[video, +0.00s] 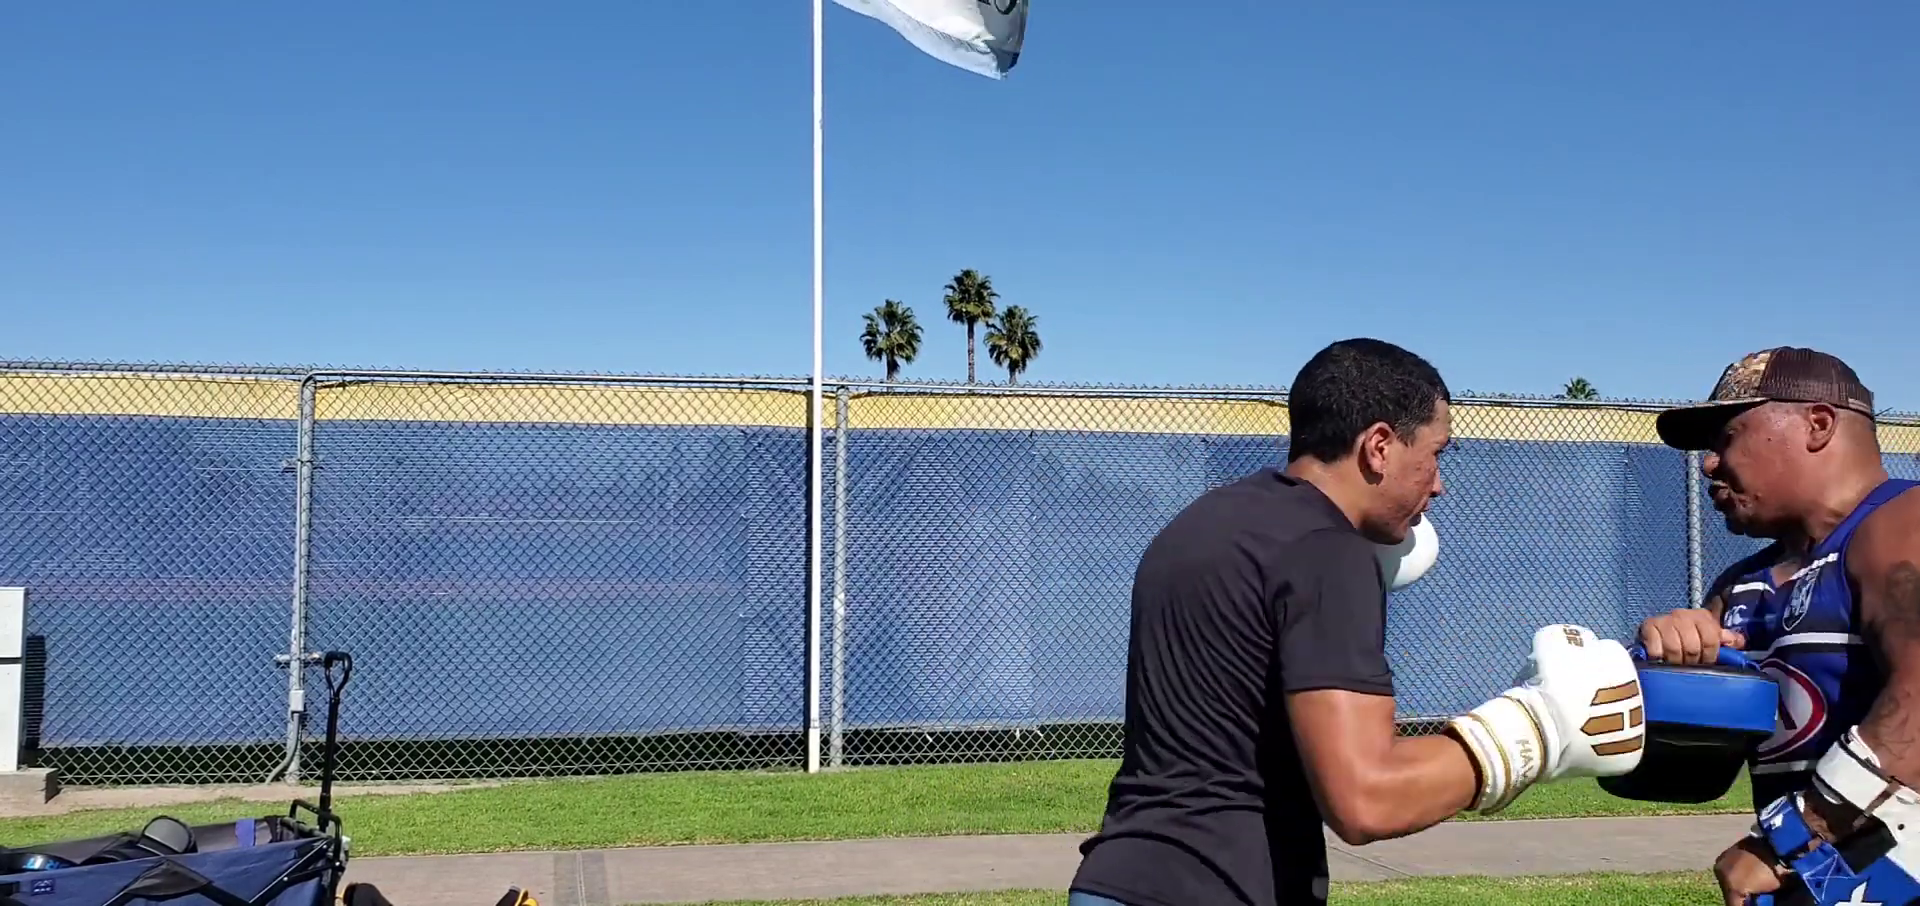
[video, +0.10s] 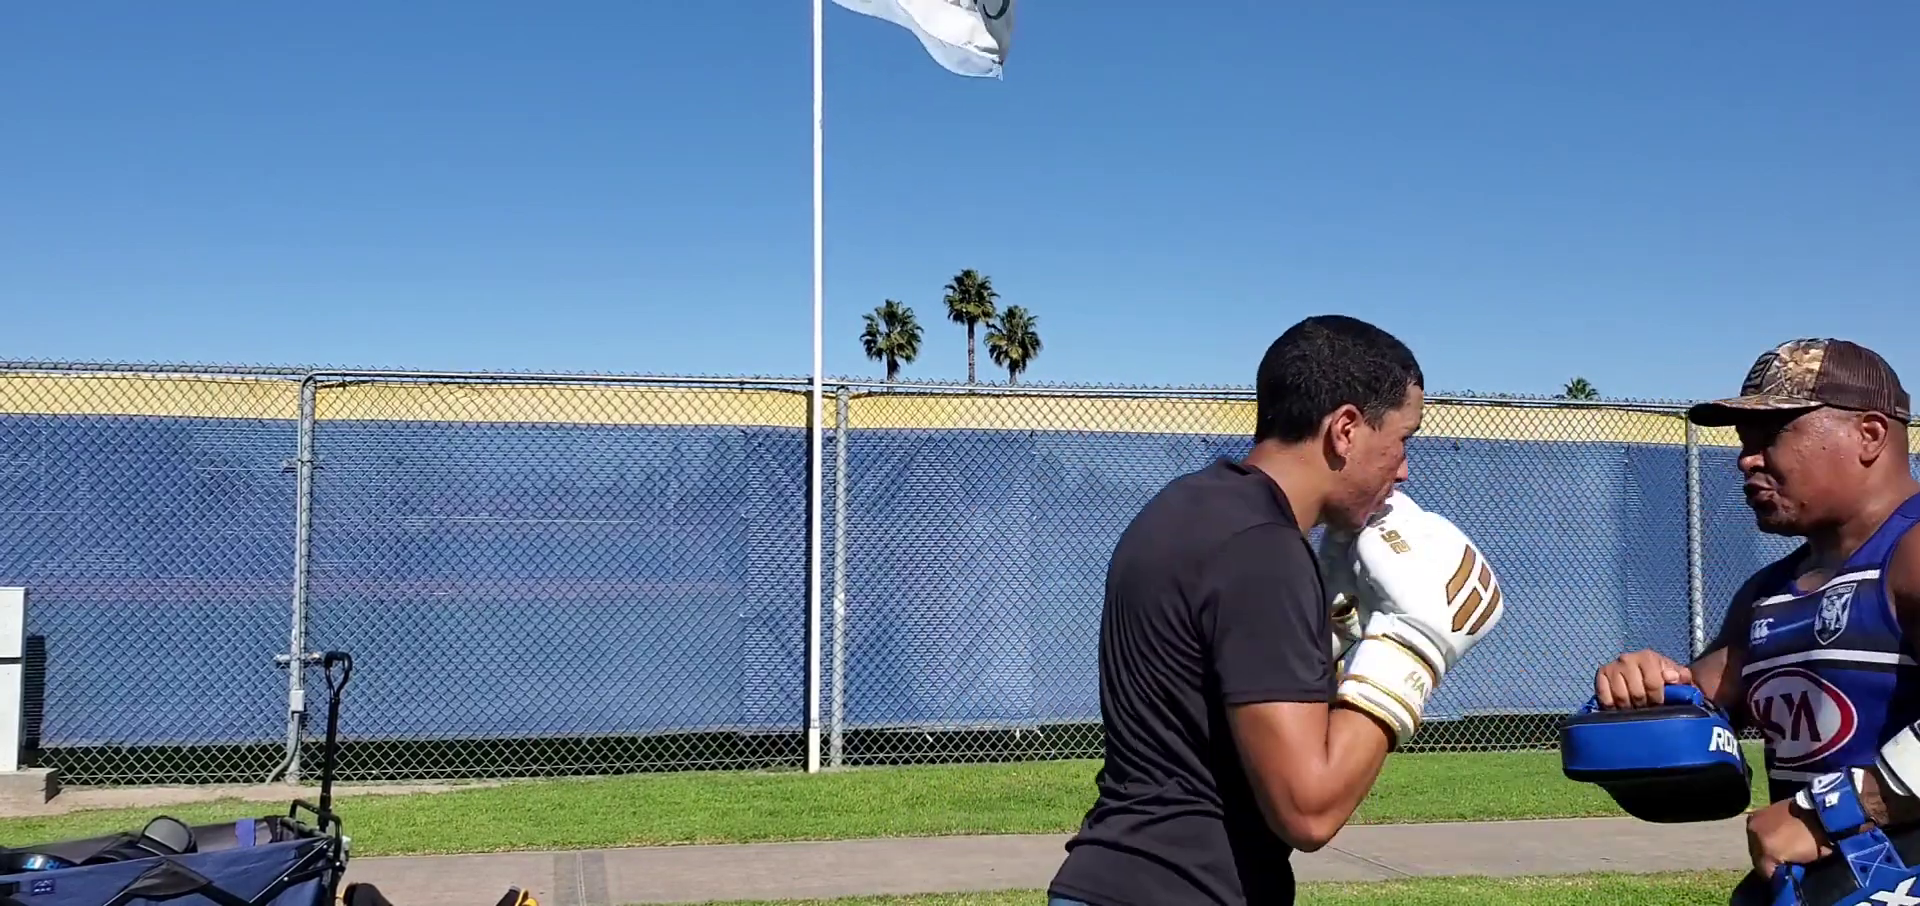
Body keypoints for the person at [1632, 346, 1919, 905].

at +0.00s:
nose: (1708, 464)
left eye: (1727, 437)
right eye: (1710, 446)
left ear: (1817, 425)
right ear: (1816, 426)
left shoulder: (1896, 527)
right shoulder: (1743, 583)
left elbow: (1915, 692)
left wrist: (1786, 839)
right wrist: (1665, 650)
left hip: (1885, 874)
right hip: (1801, 877)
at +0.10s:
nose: (1745, 459)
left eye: (1770, 433)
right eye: (1744, 438)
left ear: (1869, 437)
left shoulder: (1907, 555)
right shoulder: (1766, 592)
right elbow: (1697, 702)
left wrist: (1829, 811)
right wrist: (1644, 686)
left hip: (1894, 882)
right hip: (1788, 880)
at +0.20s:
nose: (1775, 481)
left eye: (1801, 451)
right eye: (1769, 453)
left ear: (1900, 452)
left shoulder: (1914, 573)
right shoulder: (1789, 590)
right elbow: (1739, 735)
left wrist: (1870, 823)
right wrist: (1677, 629)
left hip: (1902, 881)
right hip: (1803, 873)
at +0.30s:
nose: (1800, 472)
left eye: (1828, 441)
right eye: (1792, 445)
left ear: (1913, 438)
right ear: (1782, 447)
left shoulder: (1914, 572)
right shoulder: (1810, 568)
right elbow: (1728, 689)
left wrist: (1860, 845)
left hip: (1906, 883)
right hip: (1834, 881)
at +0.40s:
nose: (1818, 456)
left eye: (1848, 428)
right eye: (1813, 432)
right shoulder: (1832, 557)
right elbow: (1727, 649)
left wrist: (1834, 812)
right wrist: (1698, 497)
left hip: (1906, 853)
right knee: (1741, 889)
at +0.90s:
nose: (1844, 498)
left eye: (1871, 477)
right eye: (1840, 474)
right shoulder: (1842, 556)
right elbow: (1700, 613)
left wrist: (1862, 810)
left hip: (1912, 867)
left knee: (1778, 879)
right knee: (1757, 876)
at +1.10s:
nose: (1852, 528)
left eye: (1877, 503)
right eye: (1850, 503)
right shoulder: (1872, 582)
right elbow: (1843, 733)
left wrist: (1819, 760)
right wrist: (1737, 797)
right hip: (1880, 879)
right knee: (1706, 856)